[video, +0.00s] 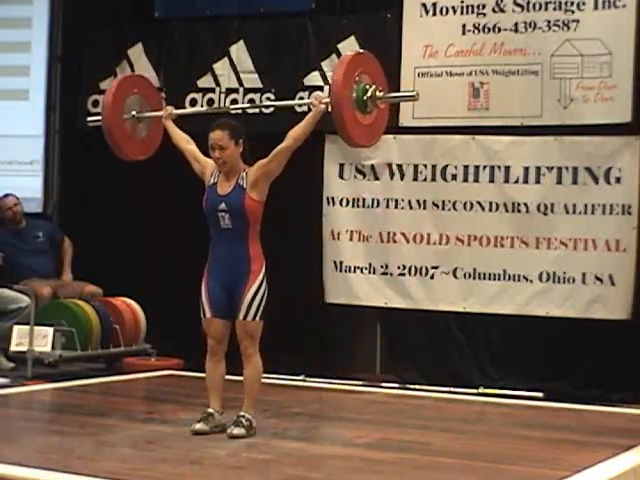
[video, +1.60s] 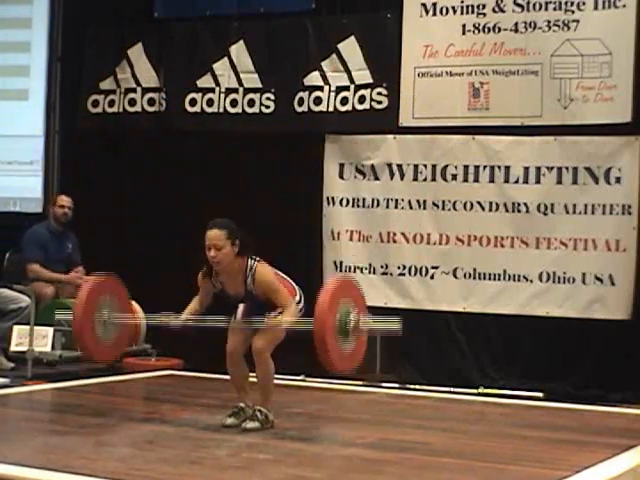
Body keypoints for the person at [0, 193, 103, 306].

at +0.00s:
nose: (14, 211)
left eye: (16, 205)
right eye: (8, 209)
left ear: (21, 205)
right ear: (2, 215)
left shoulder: (41, 225)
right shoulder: (4, 234)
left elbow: (66, 242)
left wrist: (67, 273)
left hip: (54, 279)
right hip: (25, 281)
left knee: (95, 292)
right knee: (45, 293)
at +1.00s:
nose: (29, 206)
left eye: (32, 202)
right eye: (24, 203)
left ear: (36, 205)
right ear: (16, 207)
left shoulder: (47, 229)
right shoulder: (7, 231)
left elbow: (69, 247)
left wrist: (69, 262)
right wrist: (3, 255)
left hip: (53, 278)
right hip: (25, 279)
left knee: (94, 292)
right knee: (45, 293)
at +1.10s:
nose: (34, 206)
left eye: (37, 203)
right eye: (29, 203)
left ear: (41, 205)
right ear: (21, 205)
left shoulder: (49, 230)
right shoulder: (10, 229)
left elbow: (67, 252)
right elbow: (1, 246)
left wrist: (69, 259)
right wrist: (14, 252)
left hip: (52, 279)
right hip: (25, 279)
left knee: (93, 292)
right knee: (45, 293)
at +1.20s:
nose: (39, 206)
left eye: (42, 203)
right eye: (34, 203)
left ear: (47, 206)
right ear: (26, 205)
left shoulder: (52, 232)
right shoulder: (14, 230)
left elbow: (63, 267)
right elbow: (3, 252)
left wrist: (71, 263)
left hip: (52, 279)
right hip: (25, 279)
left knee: (93, 292)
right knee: (45, 293)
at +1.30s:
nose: (45, 206)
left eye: (48, 203)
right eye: (40, 202)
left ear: (52, 207)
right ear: (32, 205)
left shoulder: (53, 231)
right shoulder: (20, 231)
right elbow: (17, 265)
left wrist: (68, 265)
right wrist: (53, 265)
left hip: (56, 279)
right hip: (30, 280)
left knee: (92, 291)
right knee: (45, 292)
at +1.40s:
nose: (51, 206)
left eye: (54, 203)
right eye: (46, 202)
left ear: (58, 206)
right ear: (37, 205)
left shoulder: (59, 233)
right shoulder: (25, 232)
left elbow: (68, 264)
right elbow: (23, 269)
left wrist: (72, 270)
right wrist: (61, 274)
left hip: (56, 279)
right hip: (30, 279)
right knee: (47, 292)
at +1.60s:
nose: (66, 211)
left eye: (69, 208)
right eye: (61, 207)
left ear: (72, 212)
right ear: (52, 209)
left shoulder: (70, 237)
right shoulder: (36, 233)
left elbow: (77, 266)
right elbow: (32, 271)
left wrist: (77, 273)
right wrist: (66, 278)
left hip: (61, 279)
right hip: (37, 279)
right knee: (48, 291)